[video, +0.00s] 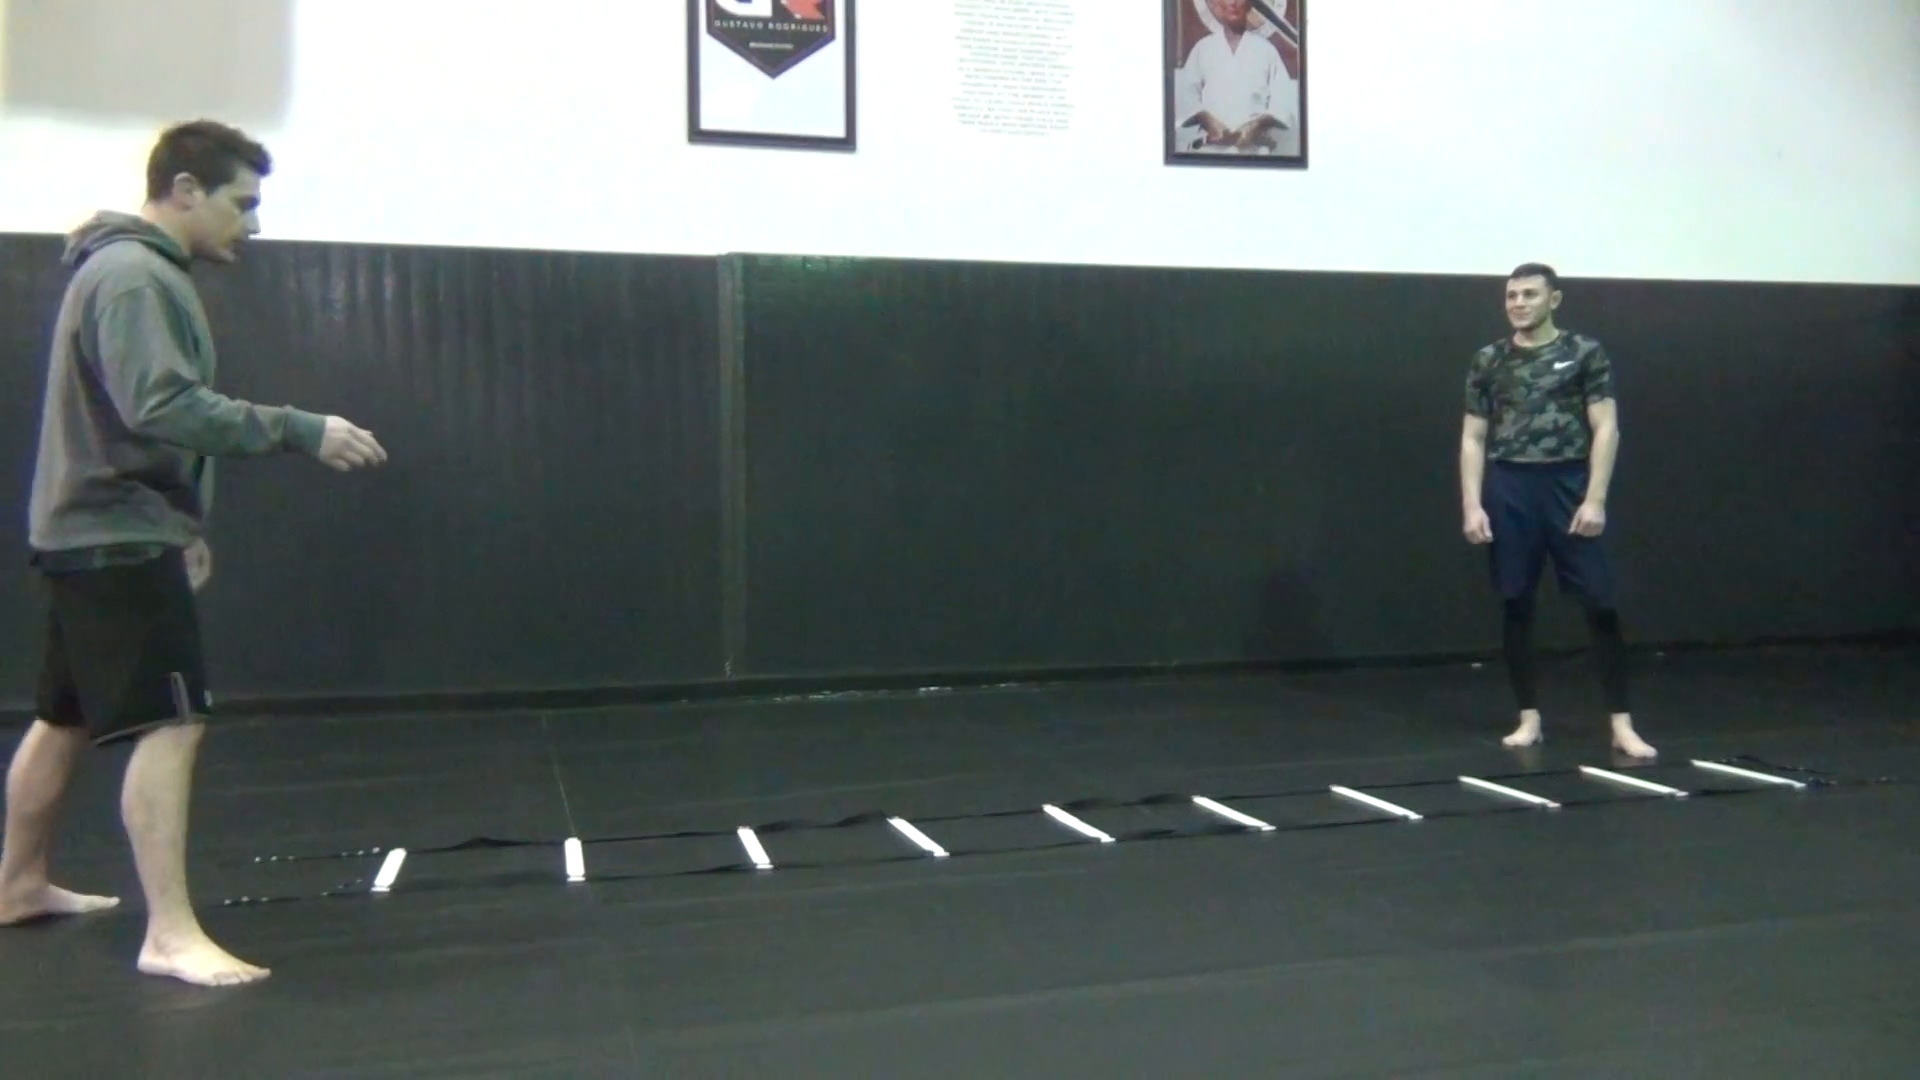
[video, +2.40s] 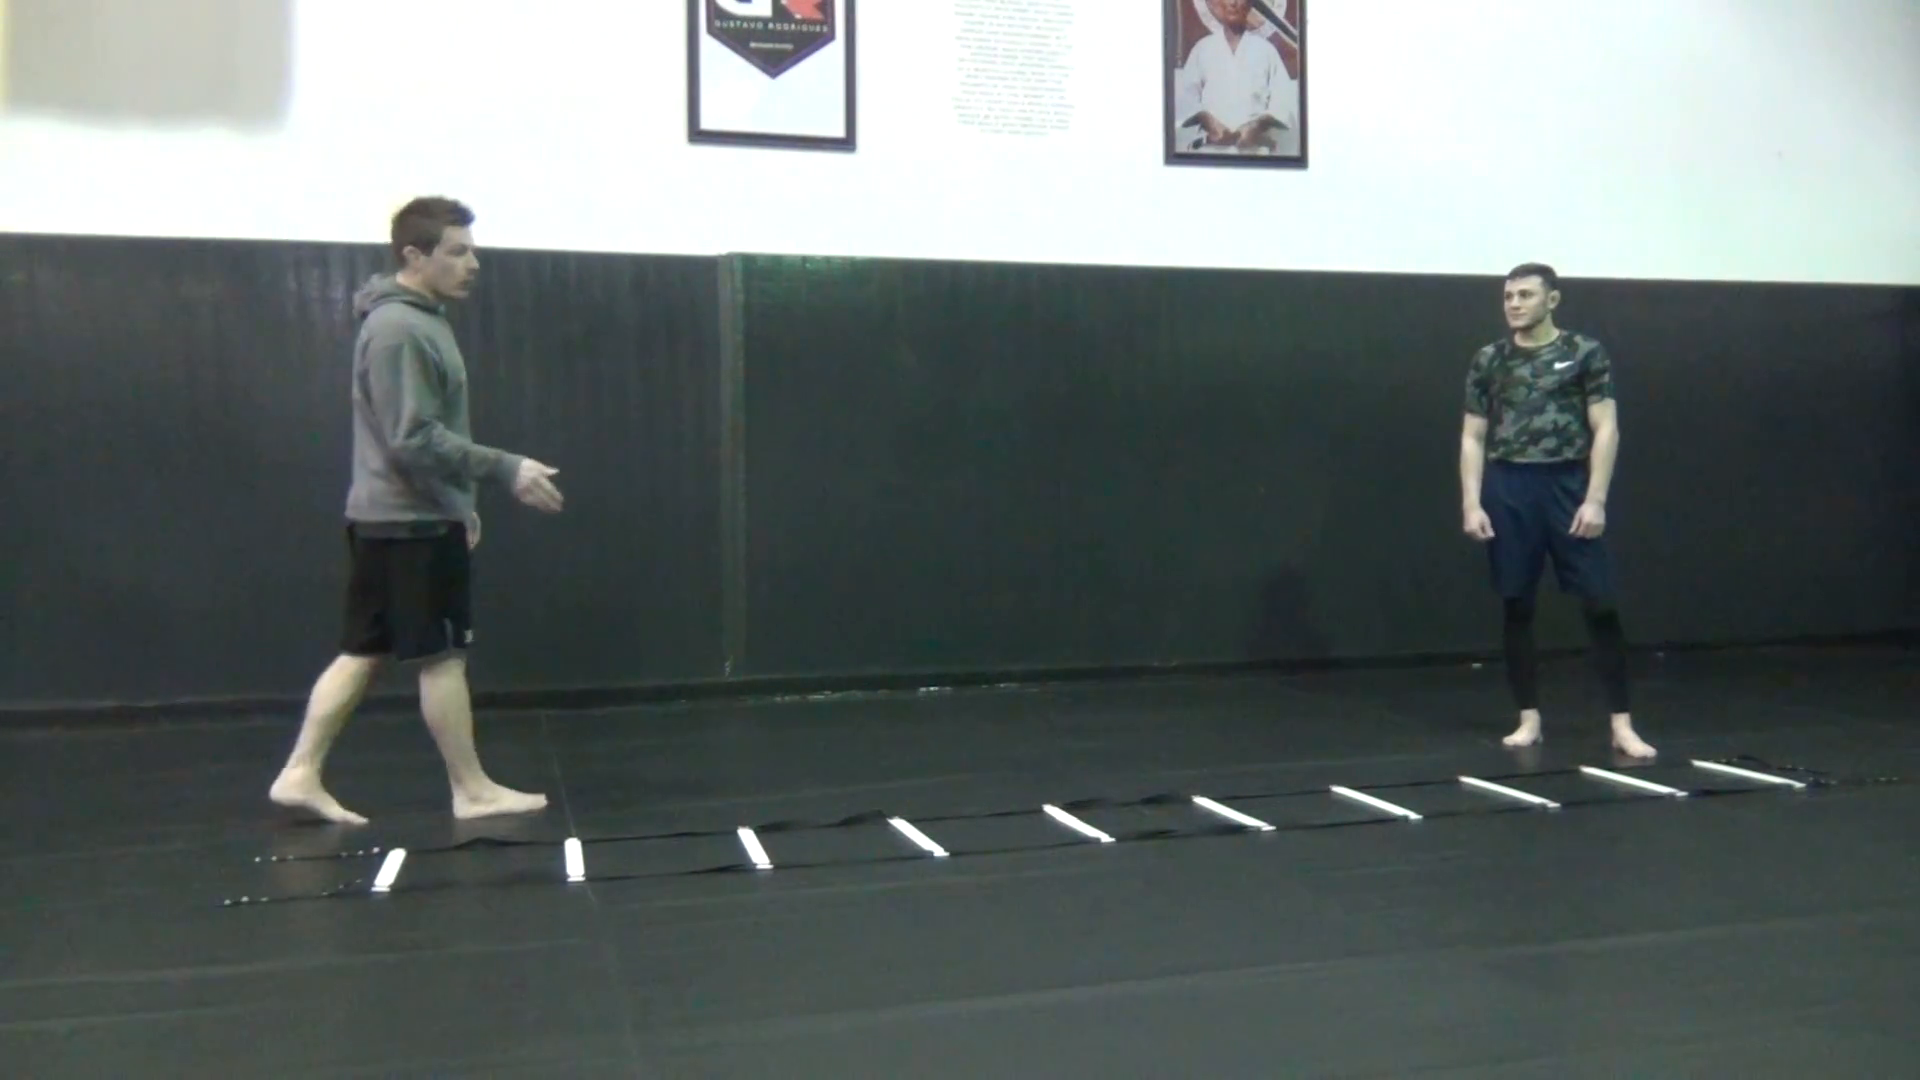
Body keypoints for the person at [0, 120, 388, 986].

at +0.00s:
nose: (251, 224)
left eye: (254, 206)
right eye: (241, 203)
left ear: (178, 196)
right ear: (182, 191)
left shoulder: (129, 269)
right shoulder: (132, 274)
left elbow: (148, 423)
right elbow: (161, 407)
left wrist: (181, 523)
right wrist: (302, 428)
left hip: (87, 533)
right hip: (118, 537)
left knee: (65, 717)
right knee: (172, 722)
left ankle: (19, 883)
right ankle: (172, 934)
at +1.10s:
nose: (296, 254)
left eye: (299, 239)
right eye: (287, 236)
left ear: (225, 230)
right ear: (234, 227)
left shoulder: (136, 288)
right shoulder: (213, 307)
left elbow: (136, 410)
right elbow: (236, 434)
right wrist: (340, 491)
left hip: (129, 521)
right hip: (190, 529)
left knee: (151, 672)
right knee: (199, 688)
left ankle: (118, 800)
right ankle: (169, 860)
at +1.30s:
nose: (311, 253)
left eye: (313, 238)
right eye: (300, 237)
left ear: (245, 237)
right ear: (246, 233)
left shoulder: (200, 298)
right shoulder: (218, 313)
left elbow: (214, 426)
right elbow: (228, 434)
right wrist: (330, 489)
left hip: (190, 524)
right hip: (205, 528)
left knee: (216, 672)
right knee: (209, 685)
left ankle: (227, 795)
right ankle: (166, 858)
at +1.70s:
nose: (355, 259)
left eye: (357, 245)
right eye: (345, 244)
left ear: (305, 247)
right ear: (297, 242)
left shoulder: (297, 312)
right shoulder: (263, 312)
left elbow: (295, 426)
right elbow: (251, 419)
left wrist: (332, 505)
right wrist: (345, 469)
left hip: (283, 515)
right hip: (258, 517)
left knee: (283, 658)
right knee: (314, 649)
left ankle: (283, 800)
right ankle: (197, 781)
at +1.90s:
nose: (381, 259)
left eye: (382, 246)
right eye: (369, 245)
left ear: (328, 248)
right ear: (322, 244)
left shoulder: (319, 311)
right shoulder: (293, 312)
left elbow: (327, 426)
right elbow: (284, 418)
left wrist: (376, 499)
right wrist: (369, 471)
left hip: (287, 512)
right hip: (302, 511)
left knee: (283, 656)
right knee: (379, 634)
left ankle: (279, 800)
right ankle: (297, 771)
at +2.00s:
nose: (396, 260)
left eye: (396, 247)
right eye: (384, 246)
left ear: (342, 249)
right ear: (337, 245)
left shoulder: (331, 312)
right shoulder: (312, 315)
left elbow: (339, 428)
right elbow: (303, 421)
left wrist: (389, 504)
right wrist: (385, 474)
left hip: (294, 513)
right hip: (324, 512)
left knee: (289, 655)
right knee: (398, 634)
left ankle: (282, 795)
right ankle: (367, 785)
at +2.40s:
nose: (473, 265)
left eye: (473, 252)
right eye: (460, 253)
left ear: (419, 257)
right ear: (414, 256)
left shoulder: (420, 320)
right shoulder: (396, 328)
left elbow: (428, 430)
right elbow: (412, 437)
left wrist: (458, 503)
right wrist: (506, 467)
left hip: (395, 516)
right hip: (408, 520)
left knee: (363, 652)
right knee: (443, 657)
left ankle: (299, 774)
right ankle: (472, 791)